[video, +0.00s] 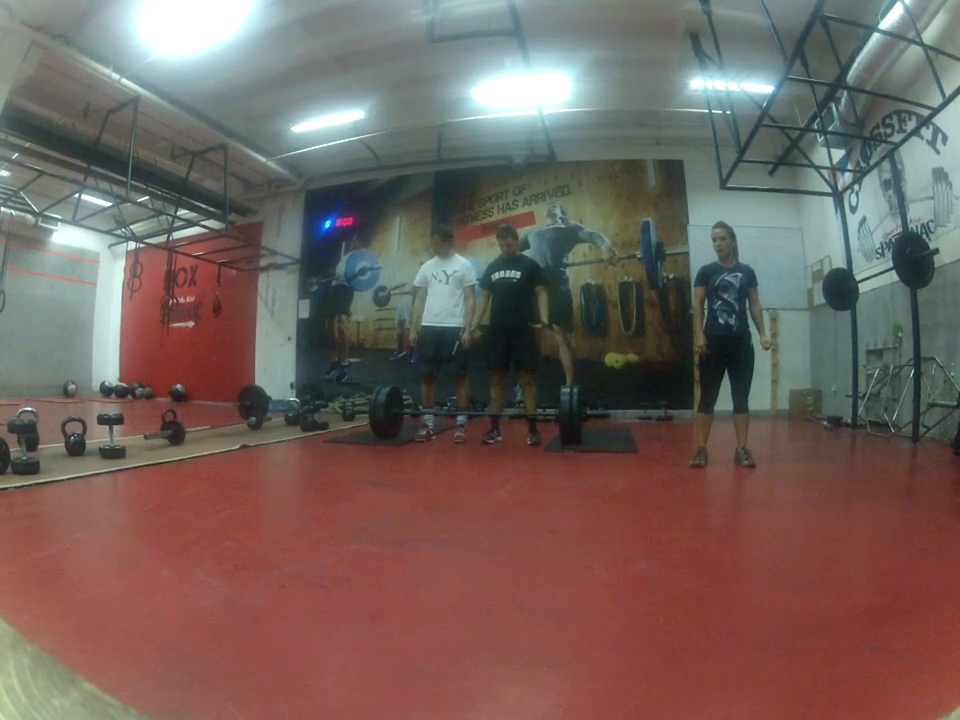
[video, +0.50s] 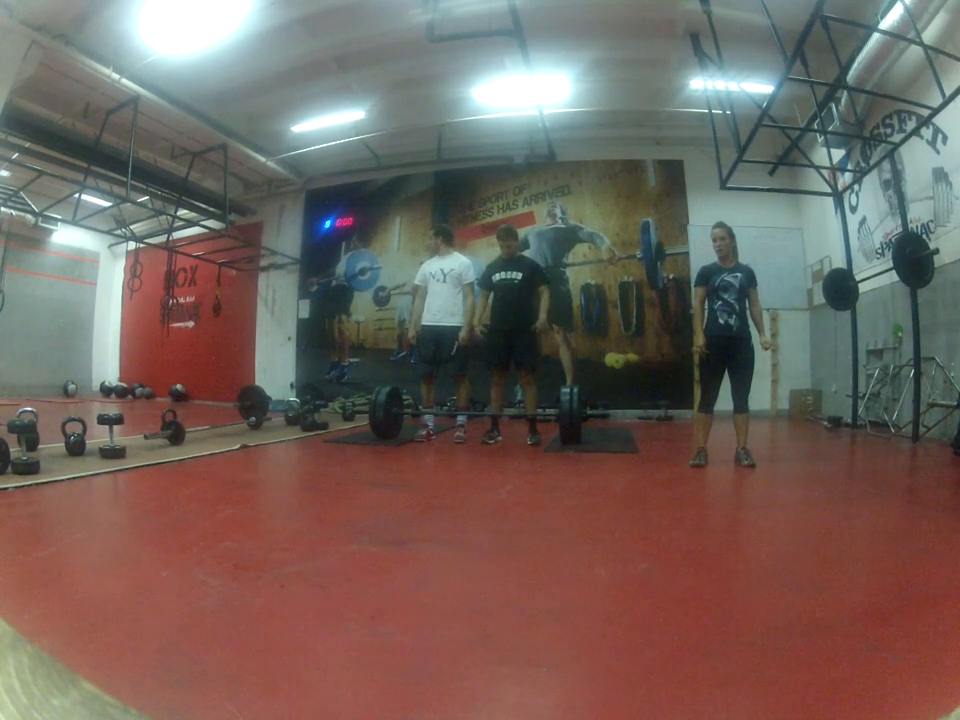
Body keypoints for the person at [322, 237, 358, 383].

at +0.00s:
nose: (353, 243)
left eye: (355, 240)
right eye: (353, 240)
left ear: (360, 242)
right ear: (352, 241)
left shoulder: (360, 256)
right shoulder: (346, 256)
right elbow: (336, 272)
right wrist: (320, 278)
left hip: (345, 288)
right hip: (334, 288)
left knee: (342, 325)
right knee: (332, 326)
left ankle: (345, 363)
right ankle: (335, 362)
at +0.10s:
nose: (353, 243)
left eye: (355, 240)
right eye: (352, 240)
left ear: (359, 242)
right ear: (351, 242)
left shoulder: (360, 256)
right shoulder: (346, 256)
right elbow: (335, 272)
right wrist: (319, 279)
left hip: (345, 288)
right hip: (334, 288)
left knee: (342, 325)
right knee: (332, 326)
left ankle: (345, 363)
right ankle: (335, 362)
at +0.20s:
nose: (353, 243)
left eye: (355, 241)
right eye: (352, 241)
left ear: (358, 242)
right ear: (350, 242)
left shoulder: (359, 256)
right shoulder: (345, 257)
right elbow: (336, 272)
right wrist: (319, 279)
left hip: (345, 288)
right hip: (334, 288)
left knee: (342, 326)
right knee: (332, 327)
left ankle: (345, 362)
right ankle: (335, 361)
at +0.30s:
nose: (353, 244)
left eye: (355, 241)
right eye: (352, 241)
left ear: (359, 242)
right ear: (351, 242)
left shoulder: (359, 256)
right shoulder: (346, 257)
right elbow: (336, 273)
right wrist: (320, 279)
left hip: (346, 288)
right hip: (335, 288)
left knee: (342, 326)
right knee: (333, 326)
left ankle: (345, 362)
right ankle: (335, 361)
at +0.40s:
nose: (353, 244)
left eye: (355, 241)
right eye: (352, 241)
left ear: (358, 242)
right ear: (350, 242)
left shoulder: (360, 256)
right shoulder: (346, 257)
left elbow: (363, 272)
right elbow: (336, 273)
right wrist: (319, 279)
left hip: (345, 289)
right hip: (334, 288)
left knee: (342, 326)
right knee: (332, 326)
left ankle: (345, 363)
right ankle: (335, 361)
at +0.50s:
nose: (353, 243)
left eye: (355, 241)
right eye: (352, 241)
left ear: (359, 242)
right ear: (350, 242)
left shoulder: (359, 256)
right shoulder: (346, 257)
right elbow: (336, 273)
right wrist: (320, 279)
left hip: (345, 288)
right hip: (334, 288)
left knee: (342, 325)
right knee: (332, 325)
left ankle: (345, 363)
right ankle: (335, 361)